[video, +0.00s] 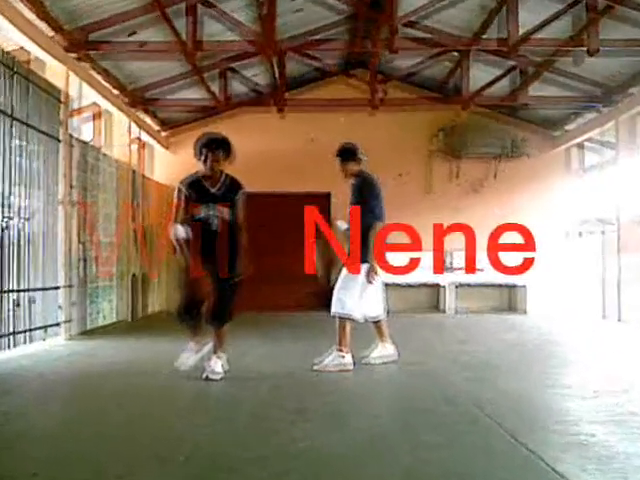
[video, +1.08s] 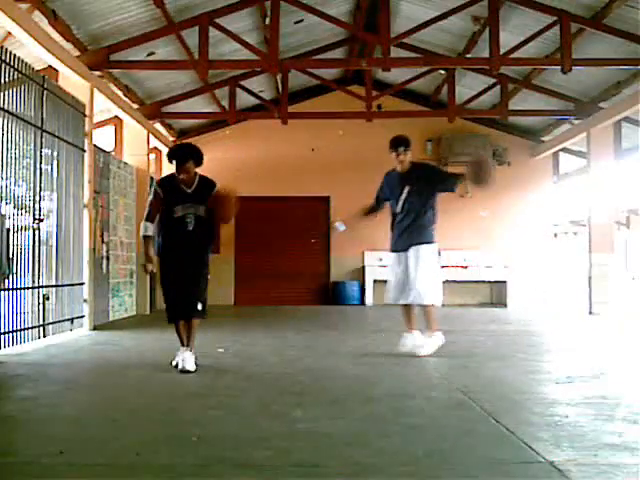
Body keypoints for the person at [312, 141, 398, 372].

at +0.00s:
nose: (342, 171)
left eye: (343, 166)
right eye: (341, 166)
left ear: (351, 163)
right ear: (353, 163)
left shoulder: (366, 183)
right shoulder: (359, 184)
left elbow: (376, 223)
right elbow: (362, 223)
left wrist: (373, 260)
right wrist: (345, 228)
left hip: (364, 259)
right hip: (361, 257)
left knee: (343, 300)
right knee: (372, 303)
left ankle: (342, 352)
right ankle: (385, 344)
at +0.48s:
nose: (342, 166)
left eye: (343, 161)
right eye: (341, 161)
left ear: (353, 159)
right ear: (355, 159)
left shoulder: (370, 181)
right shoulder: (361, 182)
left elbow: (380, 223)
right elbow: (365, 222)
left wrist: (376, 261)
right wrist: (349, 227)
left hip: (365, 260)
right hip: (363, 258)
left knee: (344, 304)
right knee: (377, 306)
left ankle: (343, 358)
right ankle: (389, 350)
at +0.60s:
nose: (368, 175)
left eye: (371, 171)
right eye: (364, 171)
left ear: (377, 170)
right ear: (360, 172)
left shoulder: (389, 191)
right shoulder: (359, 194)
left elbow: (404, 222)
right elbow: (353, 225)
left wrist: (414, 251)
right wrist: (346, 247)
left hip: (379, 253)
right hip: (363, 252)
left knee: (355, 289)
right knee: (377, 294)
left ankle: (358, 335)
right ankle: (380, 337)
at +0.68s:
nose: (368, 175)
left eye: (371, 171)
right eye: (364, 171)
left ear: (377, 170)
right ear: (360, 172)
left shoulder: (389, 191)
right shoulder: (359, 194)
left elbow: (404, 222)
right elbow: (353, 225)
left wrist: (414, 251)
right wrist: (346, 247)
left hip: (379, 253)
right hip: (363, 252)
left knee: (354, 288)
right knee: (377, 293)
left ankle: (358, 335)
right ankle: (380, 337)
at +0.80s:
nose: (380, 176)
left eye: (383, 171)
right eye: (376, 172)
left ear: (389, 171)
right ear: (372, 173)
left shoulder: (401, 190)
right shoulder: (371, 197)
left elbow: (421, 203)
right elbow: (359, 219)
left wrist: (436, 194)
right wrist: (339, 226)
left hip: (393, 254)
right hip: (375, 254)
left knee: (380, 296)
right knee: (368, 297)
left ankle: (412, 335)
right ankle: (379, 338)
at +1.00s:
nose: (393, 165)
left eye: (396, 160)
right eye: (389, 161)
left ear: (403, 161)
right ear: (385, 163)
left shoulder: (419, 179)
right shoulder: (385, 187)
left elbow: (444, 183)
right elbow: (368, 205)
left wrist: (460, 172)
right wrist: (339, 208)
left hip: (414, 248)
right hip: (393, 249)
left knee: (410, 295)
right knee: (390, 293)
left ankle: (424, 338)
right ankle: (394, 334)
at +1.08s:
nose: (400, 157)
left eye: (403, 153)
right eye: (396, 153)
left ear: (410, 152)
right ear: (391, 155)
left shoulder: (425, 171)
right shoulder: (390, 179)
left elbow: (451, 181)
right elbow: (377, 205)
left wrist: (465, 180)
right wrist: (351, 220)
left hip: (422, 239)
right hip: (399, 242)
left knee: (424, 287)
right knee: (404, 289)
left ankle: (434, 334)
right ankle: (410, 334)